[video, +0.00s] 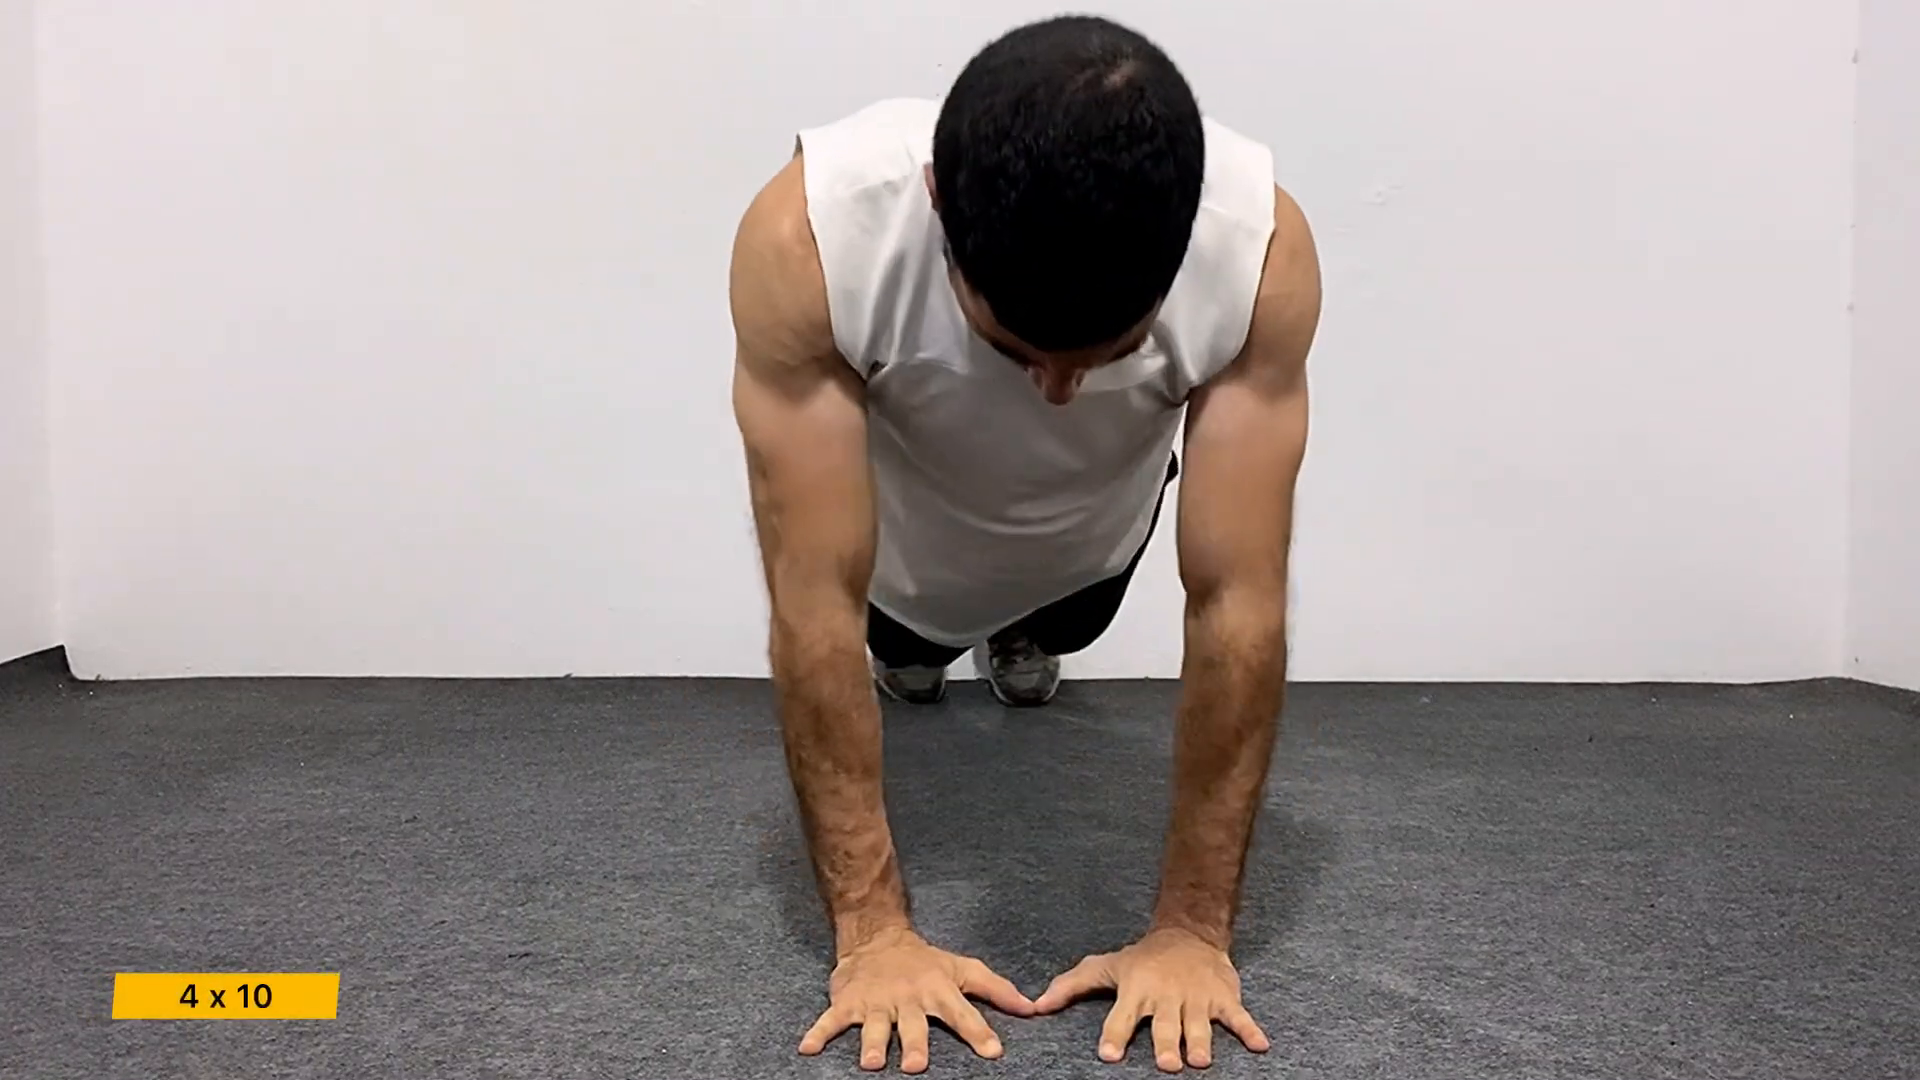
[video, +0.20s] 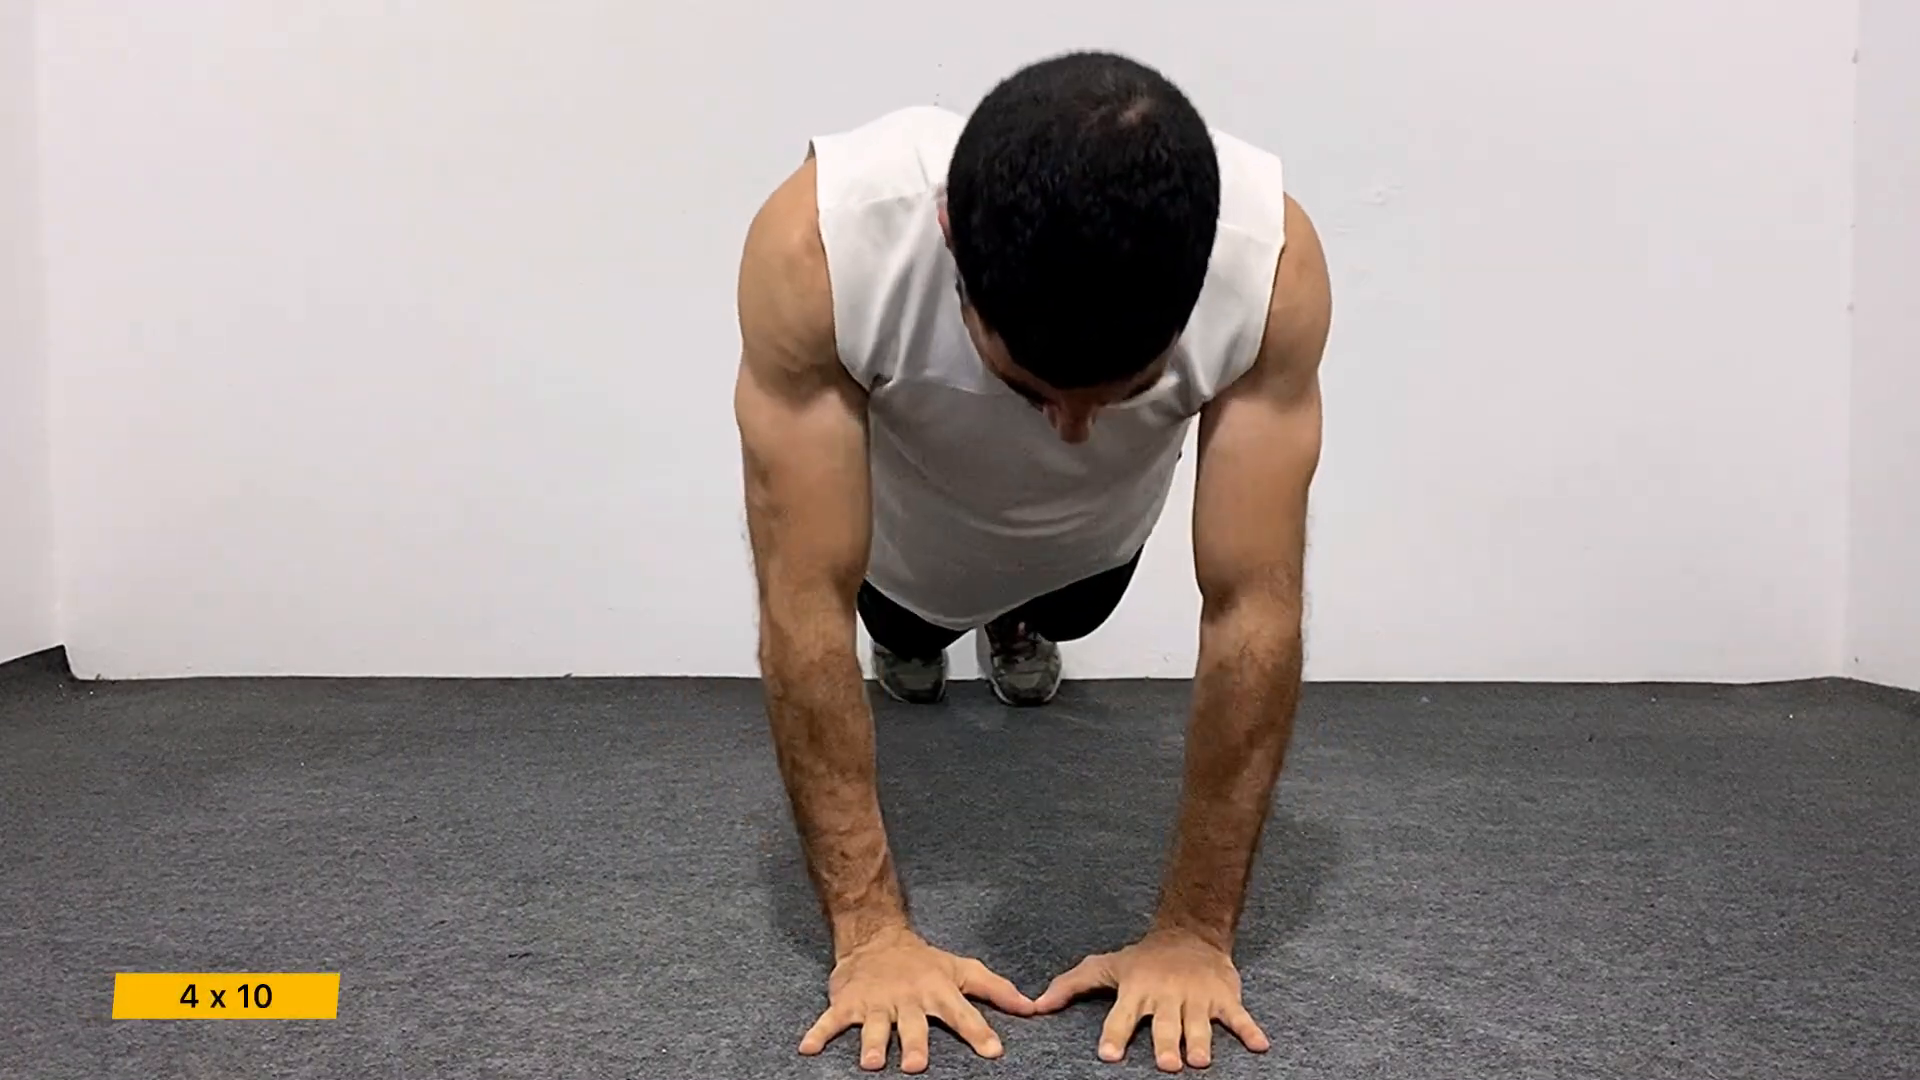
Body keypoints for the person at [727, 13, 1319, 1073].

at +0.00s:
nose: (1060, 384)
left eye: (1102, 347)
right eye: (1018, 341)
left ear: (1174, 259)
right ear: (943, 227)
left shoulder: (1255, 255)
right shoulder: (805, 246)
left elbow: (1238, 603)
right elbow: (815, 596)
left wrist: (1192, 927)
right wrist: (870, 928)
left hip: (1088, 556)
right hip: (910, 562)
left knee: (1051, 632)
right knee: (912, 652)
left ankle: (1028, 648)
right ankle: (912, 663)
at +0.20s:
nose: (1071, 422)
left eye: (1117, 389)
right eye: (1032, 381)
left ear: (1191, 284)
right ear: (953, 243)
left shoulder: (1268, 270)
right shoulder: (814, 254)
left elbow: (1254, 605)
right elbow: (803, 598)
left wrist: (1194, 931)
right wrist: (870, 928)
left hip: (1093, 543)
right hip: (911, 543)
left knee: (1048, 614)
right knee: (915, 623)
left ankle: (1020, 637)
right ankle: (911, 651)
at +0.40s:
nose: (1082, 633)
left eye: (1124, 601)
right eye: (1043, 592)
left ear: (1203, 506)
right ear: (965, 456)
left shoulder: (1277, 390)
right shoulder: (832, 376)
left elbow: (1305, 654)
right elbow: (721, 651)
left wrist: (1200, 930)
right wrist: (865, 935)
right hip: (913, 616)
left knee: (1054, 677)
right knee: (916, 672)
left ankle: (1040, 676)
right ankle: (910, 673)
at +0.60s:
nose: (1086, 894)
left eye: (1133, 862)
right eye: (1047, 856)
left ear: (1230, 706)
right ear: (963, 681)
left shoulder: (1297, 579)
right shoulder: (840, 559)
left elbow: (1321, 713)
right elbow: (698, 688)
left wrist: (1205, 928)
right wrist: (858, 928)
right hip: (912, 766)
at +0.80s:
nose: (1096, 1068)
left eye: (1134, 1046)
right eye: (1063, 1047)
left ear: (1228, 814)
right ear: (958, 842)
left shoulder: (1309, 693)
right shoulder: (845, 685)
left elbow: (1362, 717)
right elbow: (689, 689)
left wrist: (1224, 943)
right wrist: (858, 935)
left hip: (1104, 616)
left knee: (1047, 591)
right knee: (907, 590)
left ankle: (1020, 561)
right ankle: (904, 565)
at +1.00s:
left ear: (1222, 814)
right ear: (948, 841)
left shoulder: (1300, 690)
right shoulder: (832, 687)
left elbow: (1355, 714)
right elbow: (689, 689)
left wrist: (1224, 945)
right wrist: (858, 934)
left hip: (1106, 620)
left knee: (1039, 592)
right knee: (907, 594)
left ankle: (1014, 563)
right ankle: (904, 566)